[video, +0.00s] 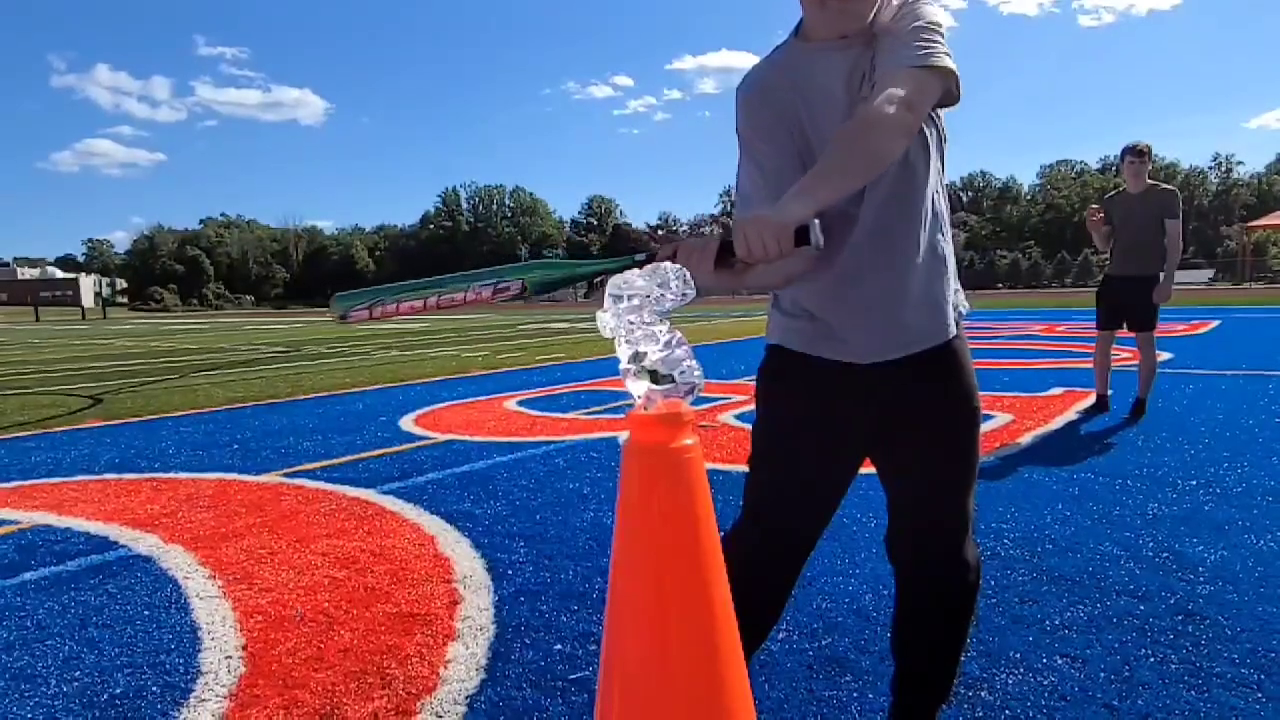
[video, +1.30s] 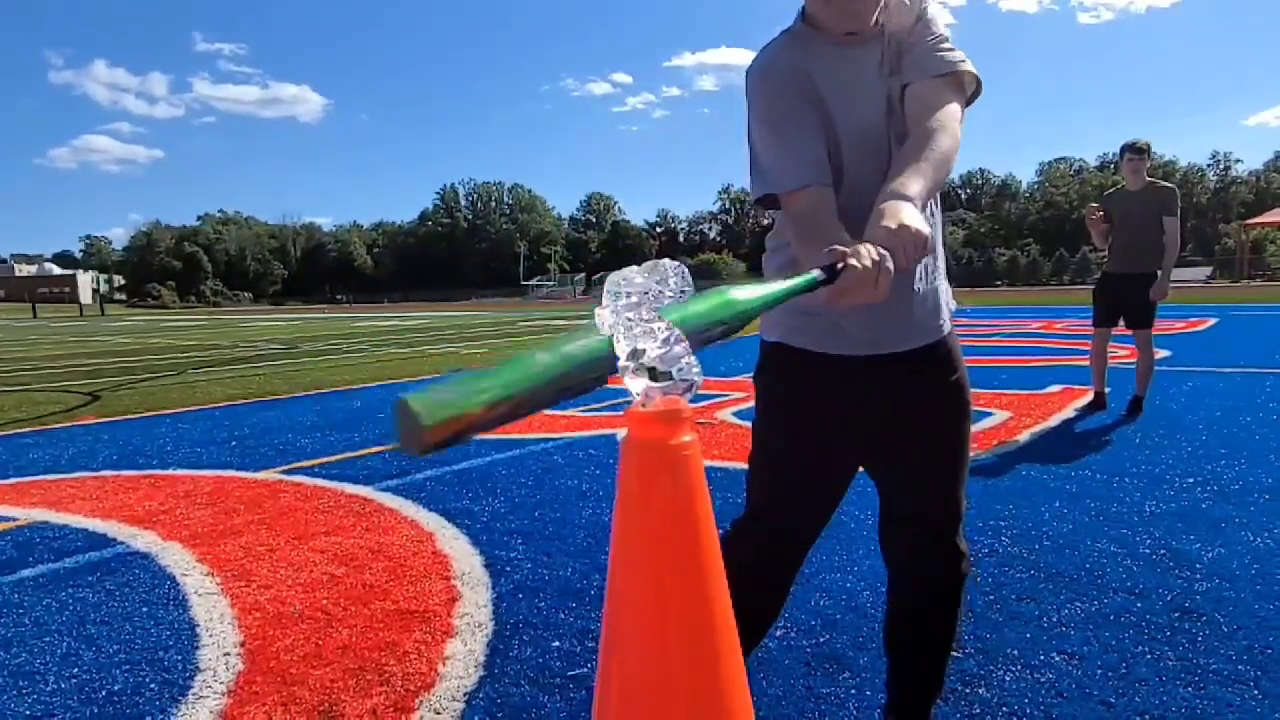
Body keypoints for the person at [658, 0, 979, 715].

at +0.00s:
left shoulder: (910, 21)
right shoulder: (766, 87)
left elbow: (895, 113)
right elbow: (792, 251)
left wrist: (785, 210)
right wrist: (710, 271)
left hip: (927, 355)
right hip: (811, 364)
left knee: (941, 565)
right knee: (759, 565)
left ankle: (918, 707)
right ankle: (687, 696)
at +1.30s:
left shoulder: (920, 23)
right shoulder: (779, 69)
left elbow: (939, 125)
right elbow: (805, 202)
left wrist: (903, 199)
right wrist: (835, 253)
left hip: (919, 353)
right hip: (810, 359)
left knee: (930, 556)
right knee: (767, 546)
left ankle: (910, 710)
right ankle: (685, 691)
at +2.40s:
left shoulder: (916, 20)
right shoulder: (786, 57)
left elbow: (952, 125)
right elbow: (830, 208)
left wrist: (995, 204)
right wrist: (961, 257)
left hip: (910, 330)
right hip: (810, 339)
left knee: (921, 541)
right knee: (774, 529)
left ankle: (922, 694)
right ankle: (697, 702)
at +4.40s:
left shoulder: (908, 21)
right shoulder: (805, 40)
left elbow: (965, 129)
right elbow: (900, 181)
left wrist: (1084, 217)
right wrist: (1075, 236)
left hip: (901, 341)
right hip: (802, 347)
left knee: (910, 545)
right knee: (766, 536)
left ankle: (904, 697)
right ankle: (693, 696)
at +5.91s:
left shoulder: (901, 34)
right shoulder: (824, 32)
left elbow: (937, 172)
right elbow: (927, 168)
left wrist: (1046, 222)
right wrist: (1082, 215)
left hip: (890, 337)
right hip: (796, 338)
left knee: (905, 549)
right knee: (765, 530)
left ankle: (896, 707)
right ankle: (688, 697)